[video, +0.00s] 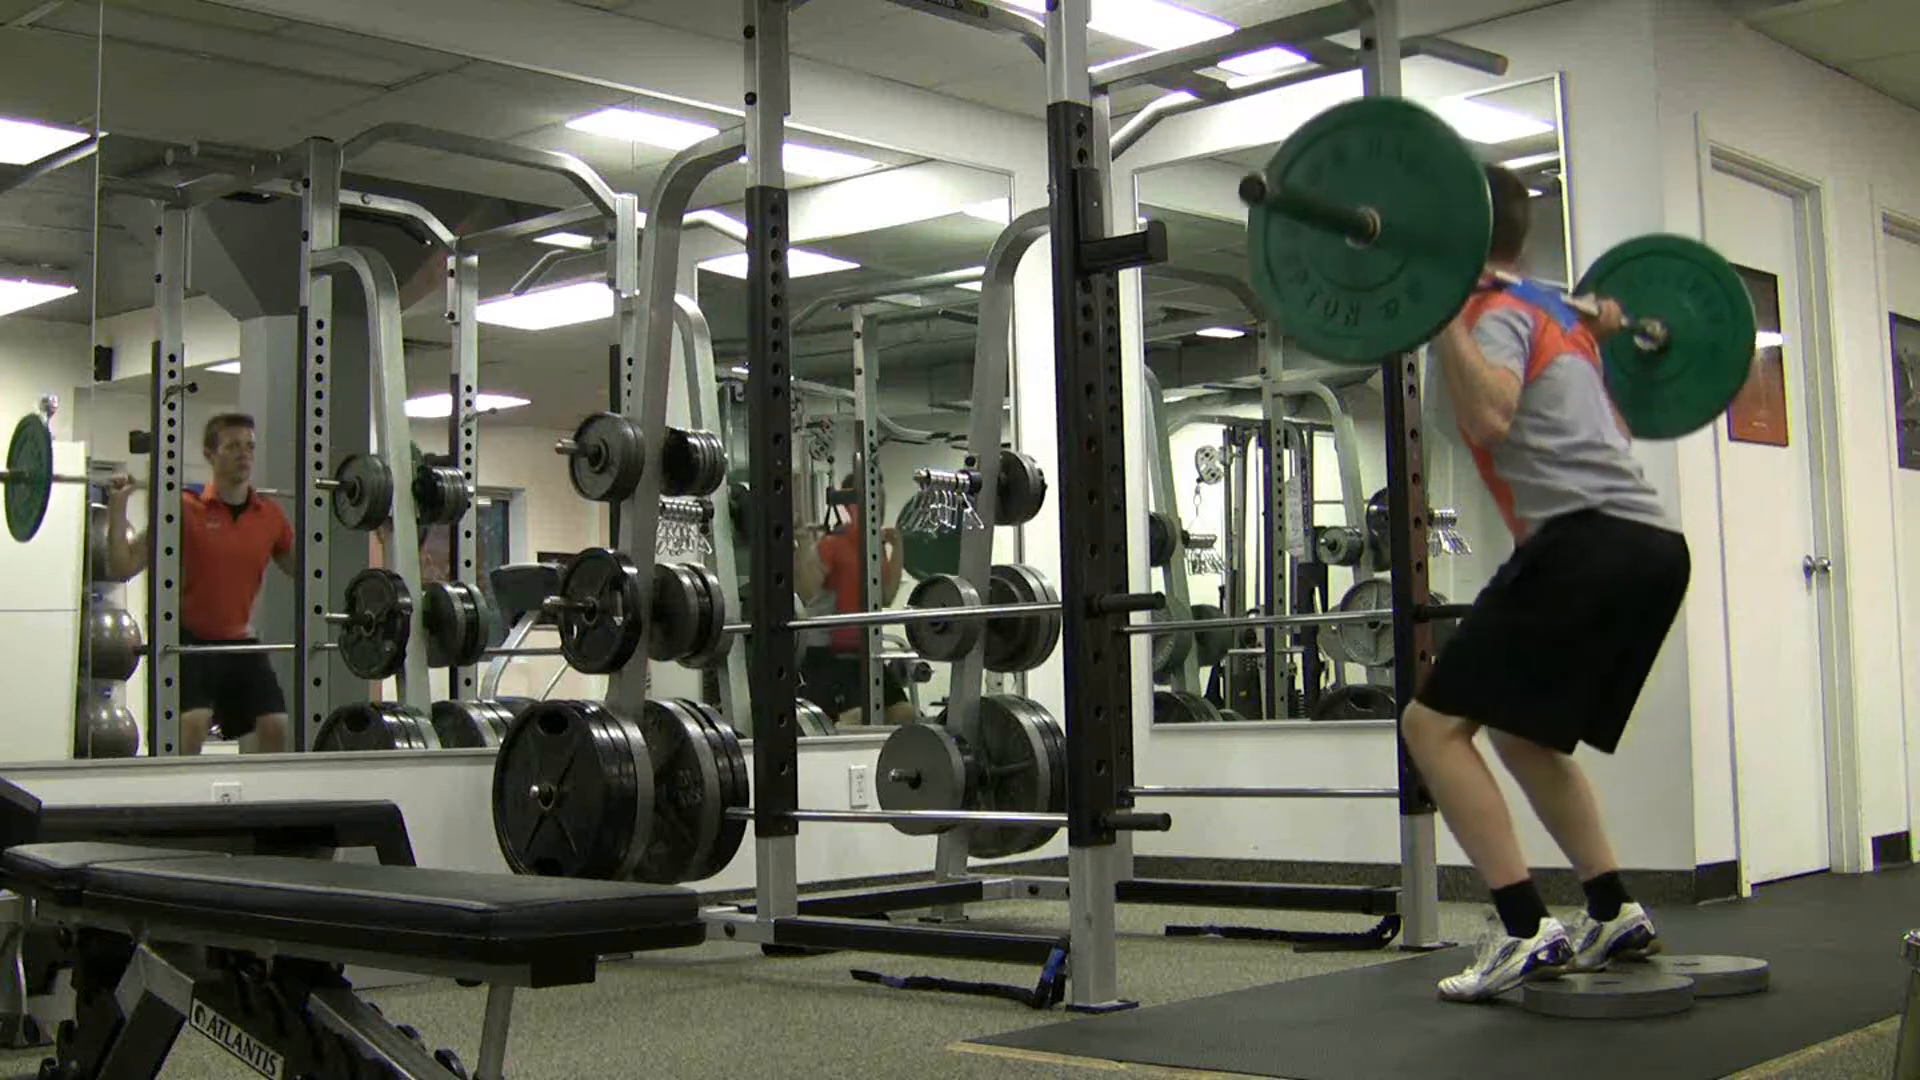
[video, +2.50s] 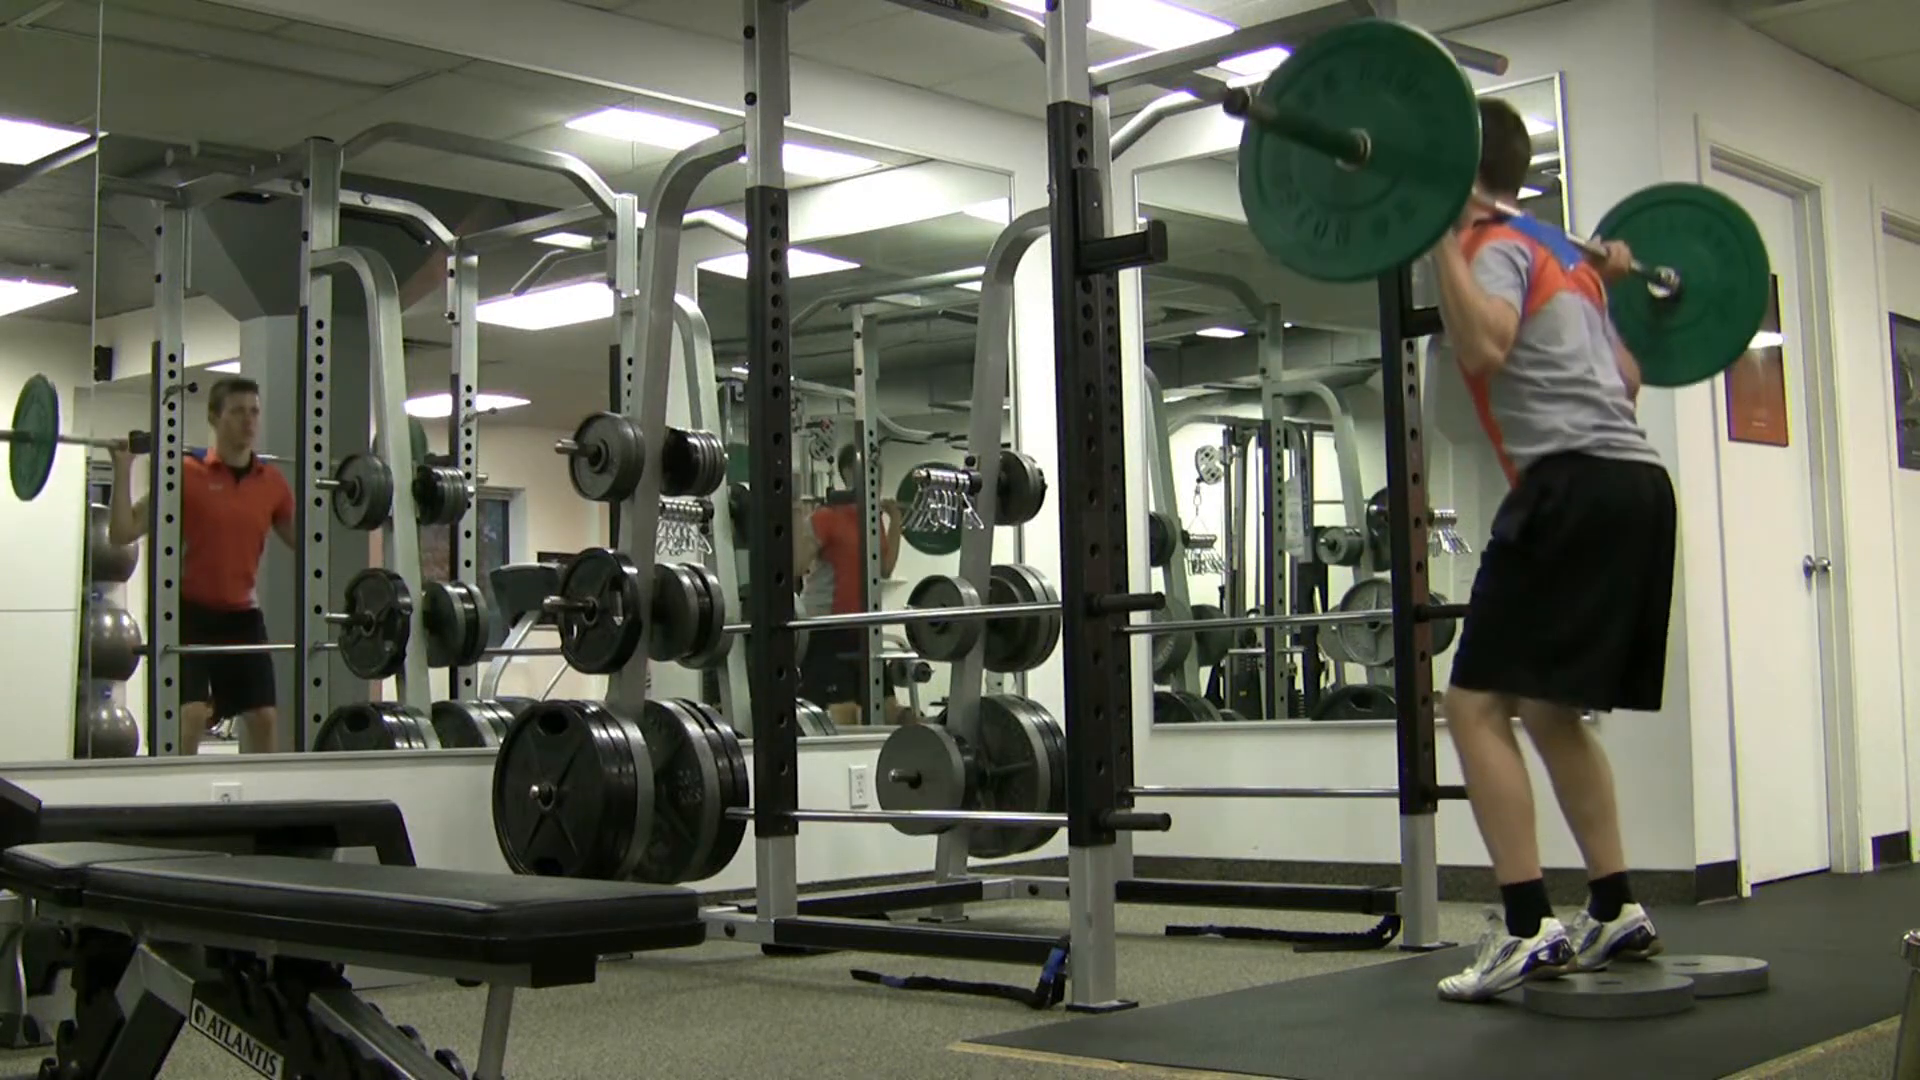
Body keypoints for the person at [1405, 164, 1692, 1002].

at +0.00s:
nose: (1437, 244)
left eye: (1443, 223)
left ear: (1459, 232)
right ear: (1521, 235)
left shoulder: (1497, 306)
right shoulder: (1562, 310)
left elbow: (1487, 420)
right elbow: (1618, 418)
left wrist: (1438, 310)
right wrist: (1596, 327)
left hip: (1584, 541)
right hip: (1655, 548)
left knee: (1431, 725)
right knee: (1524, 730)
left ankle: (1525, 930)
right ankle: (1617, 916)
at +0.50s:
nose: (1429, 360)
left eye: (1438, 343)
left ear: (1456, 351)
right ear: (1517, 351)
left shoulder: (1499, 421)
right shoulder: (1560, 421)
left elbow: (1495, 532)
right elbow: (1579, 496)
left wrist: (1441, 427)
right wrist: (1593, 435)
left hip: (1600, 636)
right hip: (1675, 647)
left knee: (1408, 745)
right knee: (1511, 769)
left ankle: (1521, 929)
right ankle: (1612, 913)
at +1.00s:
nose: (1431, 429)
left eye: (1438, 415)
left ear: (1452, 424)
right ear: (1522, 428)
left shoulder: (1500, 503)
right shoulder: (1563, 494)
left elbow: (1501, 615)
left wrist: (1440, 507)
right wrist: (1596, 503)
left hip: (1617, 709)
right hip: (1679, 721)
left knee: (1398, 753)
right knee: (1498, 779)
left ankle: (1524, 931)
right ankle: (1611, 913)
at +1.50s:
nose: (1434, 436)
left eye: (1439, 423)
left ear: (1449, 435)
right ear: (1523, 437)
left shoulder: (1497, 510)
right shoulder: (1564, 503)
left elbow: (1499, 622)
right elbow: (1586, 542)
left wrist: (1436, 514)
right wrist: (1599, 509)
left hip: (1619, 715)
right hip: (1682, 726)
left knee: (1399, 752)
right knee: (1501, 776)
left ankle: (1523, 931)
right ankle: (1611, 913)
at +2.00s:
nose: (1435, 321)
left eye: (1438, 305)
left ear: (1453, 307)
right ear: (1514, 307)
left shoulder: (1496, 370)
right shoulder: (1555, 373)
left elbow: (1494, 477)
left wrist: (1440, 378)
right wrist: (1593, 382)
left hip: (1599, 590)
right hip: (1671, 593)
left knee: (1420, 735)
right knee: (1512, 750)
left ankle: (1522, 929)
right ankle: (1614, 913)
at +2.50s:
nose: (1439, 185)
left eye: (1444, 166)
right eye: (1448, 167)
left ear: (1464, 169)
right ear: (1521, 174)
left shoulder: (1498, 242)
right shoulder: (1567, 253)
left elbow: (1486, 347)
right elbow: (1625, 377)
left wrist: (1442, 243)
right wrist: (1606, 279)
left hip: (1570, 488)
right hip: (1636, 491)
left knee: (1471, 705)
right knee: (1550, 709)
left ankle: (1526, 928)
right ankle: (1616, 910)